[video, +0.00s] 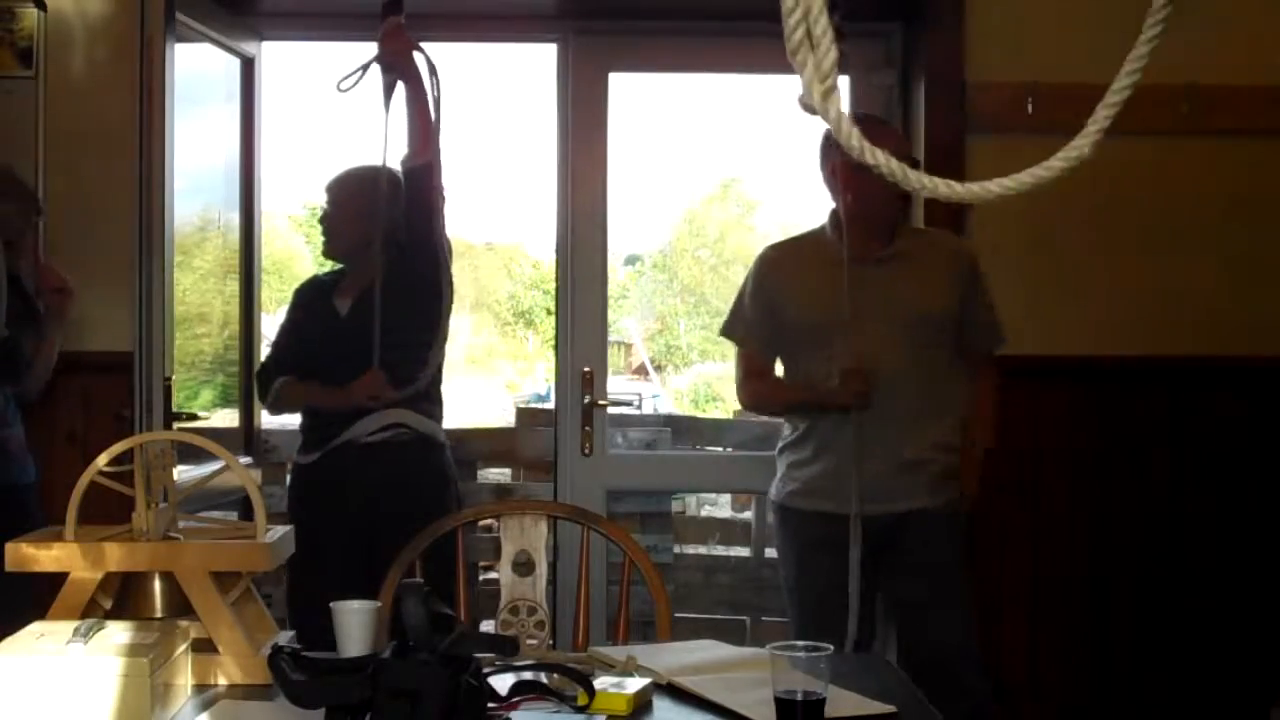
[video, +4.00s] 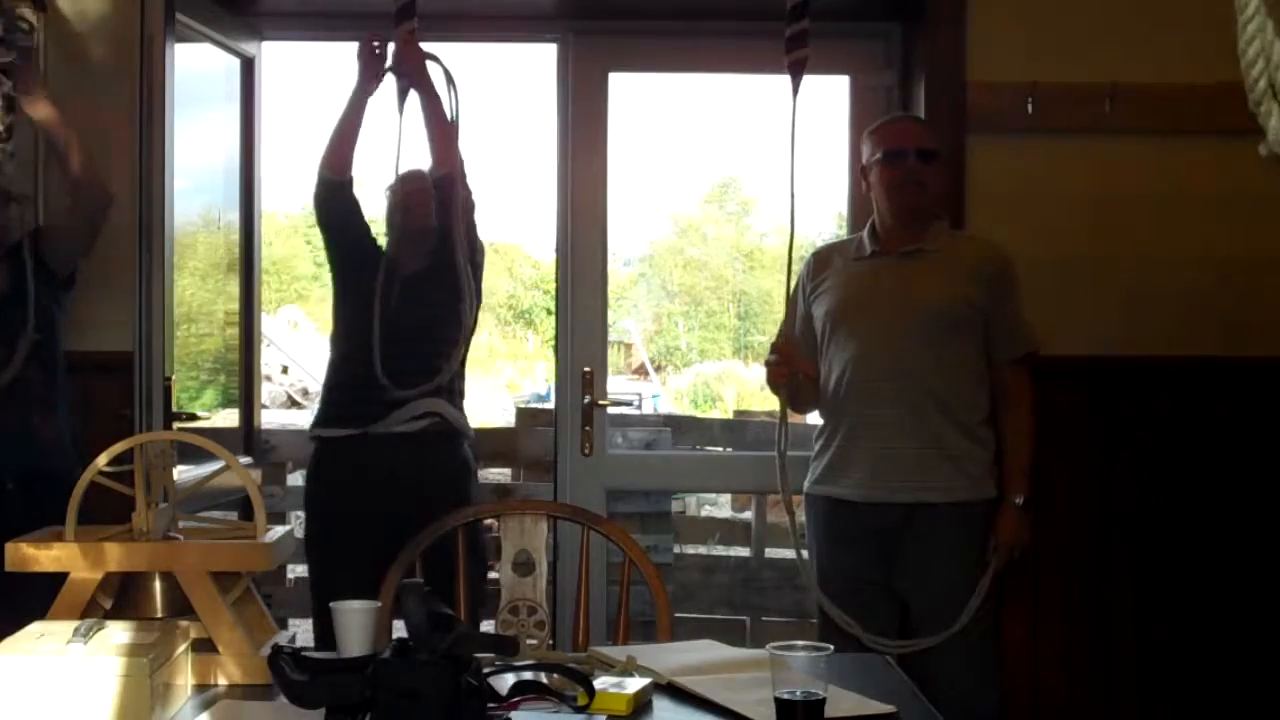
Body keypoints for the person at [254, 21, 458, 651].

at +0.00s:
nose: (323, 218)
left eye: (336, 207)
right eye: (326, 207)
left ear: (380, 215)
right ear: (348, 217)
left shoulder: (416, 283)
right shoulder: (312, 297)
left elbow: (423, 170)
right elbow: (275, 389)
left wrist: (409, 75)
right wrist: (348, 395)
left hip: (406, 474)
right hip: (322, 478)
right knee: (319, 626)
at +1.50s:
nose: (336, 216)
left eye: (349, 204)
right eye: (339, 205)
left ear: (390, 212)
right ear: (358, 214)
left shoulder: (428, 279)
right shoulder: (328, 297)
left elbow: (435, 162)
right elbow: (279, 383)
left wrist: (418, 72)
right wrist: (305, 302)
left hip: (415, 463)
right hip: (333, 465)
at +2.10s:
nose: (359, 223)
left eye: (374, 210)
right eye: (352, 210)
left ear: (406, 218)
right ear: (342, 219)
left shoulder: (432, 278)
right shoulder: (330, 296)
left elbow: (436, 168)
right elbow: (285, 359)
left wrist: (417, 75)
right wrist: (326, 262)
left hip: (418, 462)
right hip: (335, 466)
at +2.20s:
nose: (360, 223)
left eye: (374, 211)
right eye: (352, 212)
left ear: (406, 219)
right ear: (342, 220)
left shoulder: (432, 278)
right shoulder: (332, 296)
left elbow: (435, 170)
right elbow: (288, 360)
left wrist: (415, 76)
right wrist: (328, 263)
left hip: (419, 455)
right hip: (338, 460)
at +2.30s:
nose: (369, 223)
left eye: (384, 211)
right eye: (358, 212)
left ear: (410, 220)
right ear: (346, 221)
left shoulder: (434, 276)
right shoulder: (335, 297)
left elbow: (434, 168)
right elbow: (289, 362)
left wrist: (414, 76)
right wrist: (331, 265)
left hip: (421, 468)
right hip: (337, 472)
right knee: (328, 649)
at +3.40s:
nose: (384, 204)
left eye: (399, 196)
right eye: (377, 197)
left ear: (426, 217)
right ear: (366, 217)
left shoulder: (441, 282)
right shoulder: (341, 284)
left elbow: (443, 170)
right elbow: (263, 253)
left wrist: (422, 79)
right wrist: (299, 175)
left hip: (417, 475)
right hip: (334, 475)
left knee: (422, 631)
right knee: (327, 641)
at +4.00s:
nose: (414, 191)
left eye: (427, 186)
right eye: (403, 186)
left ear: (446, 209)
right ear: (389, 211)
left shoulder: (457, 273)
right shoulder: (360, 266)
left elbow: (450, 174)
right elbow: (331, 183)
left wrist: (420, 82)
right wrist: (365, 86)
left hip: (430, 459)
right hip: (346, 459)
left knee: (441, 627)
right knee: (346, 634)